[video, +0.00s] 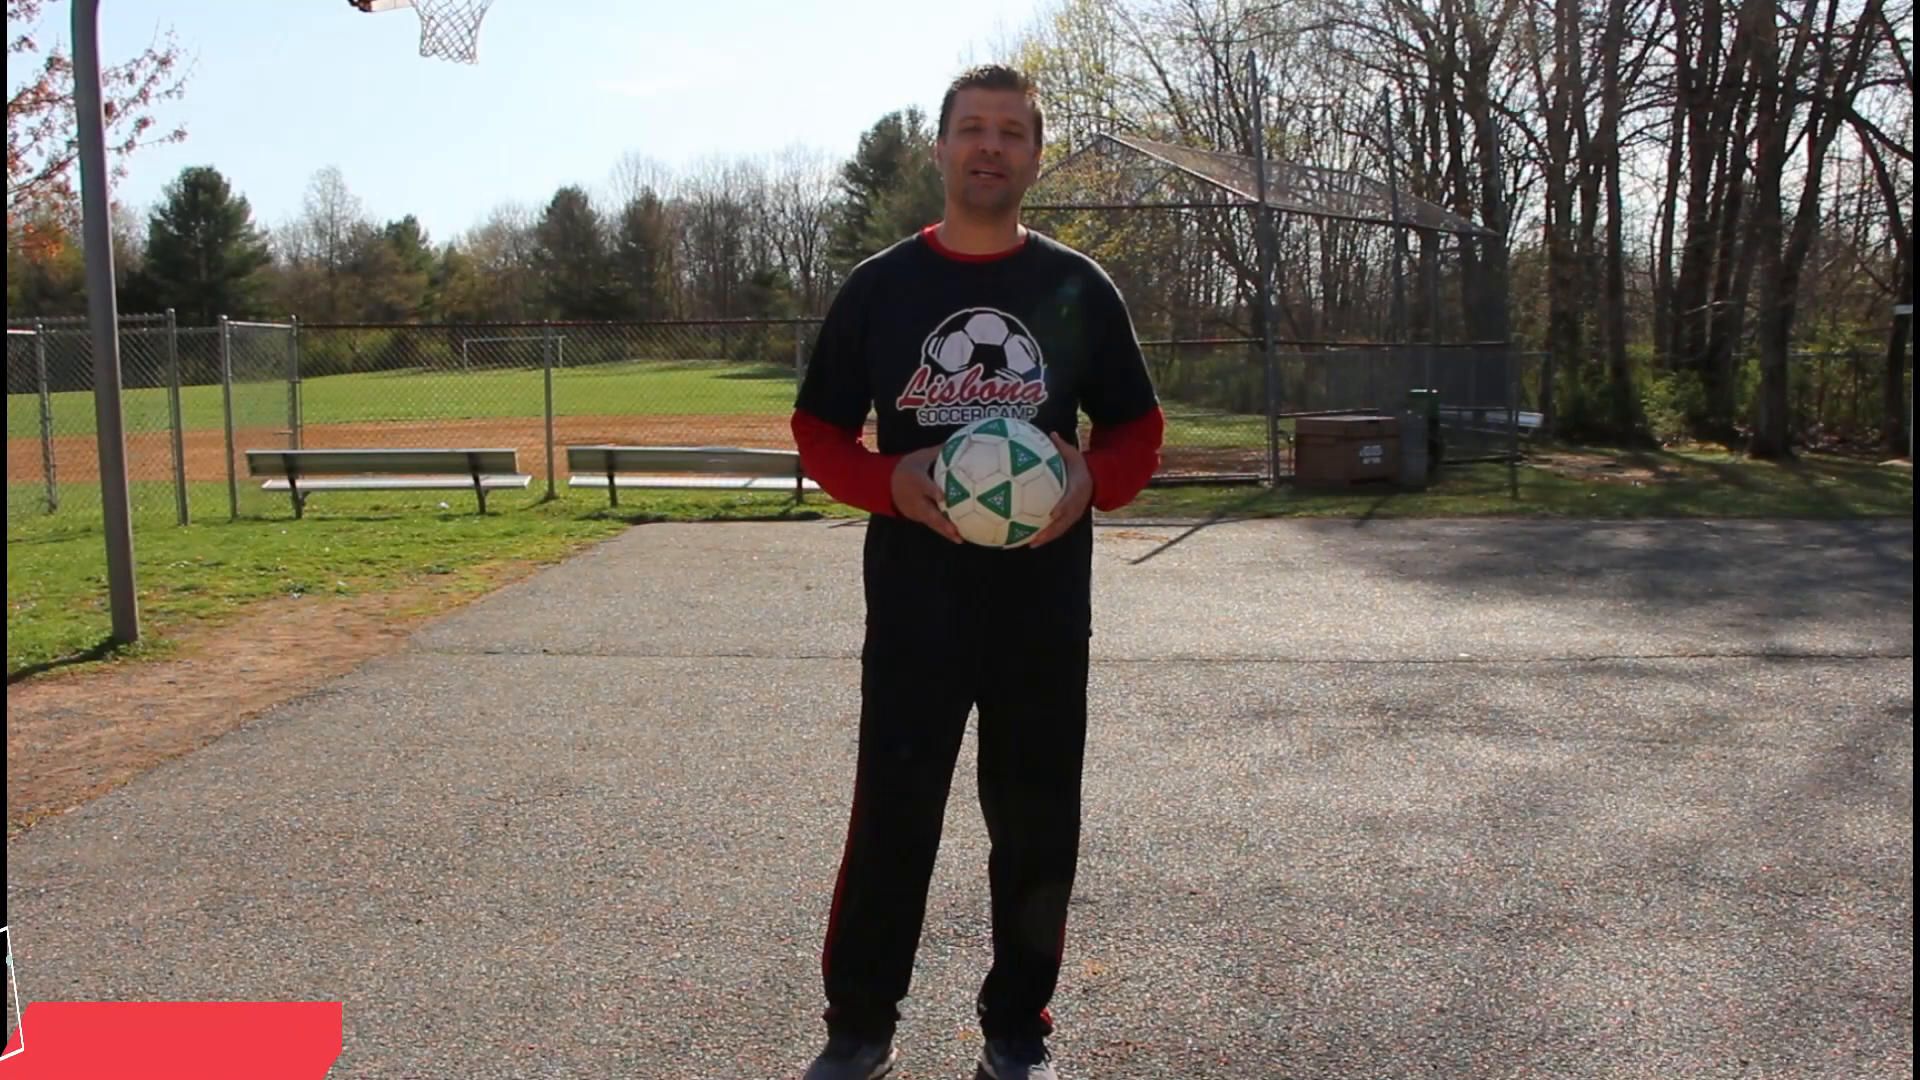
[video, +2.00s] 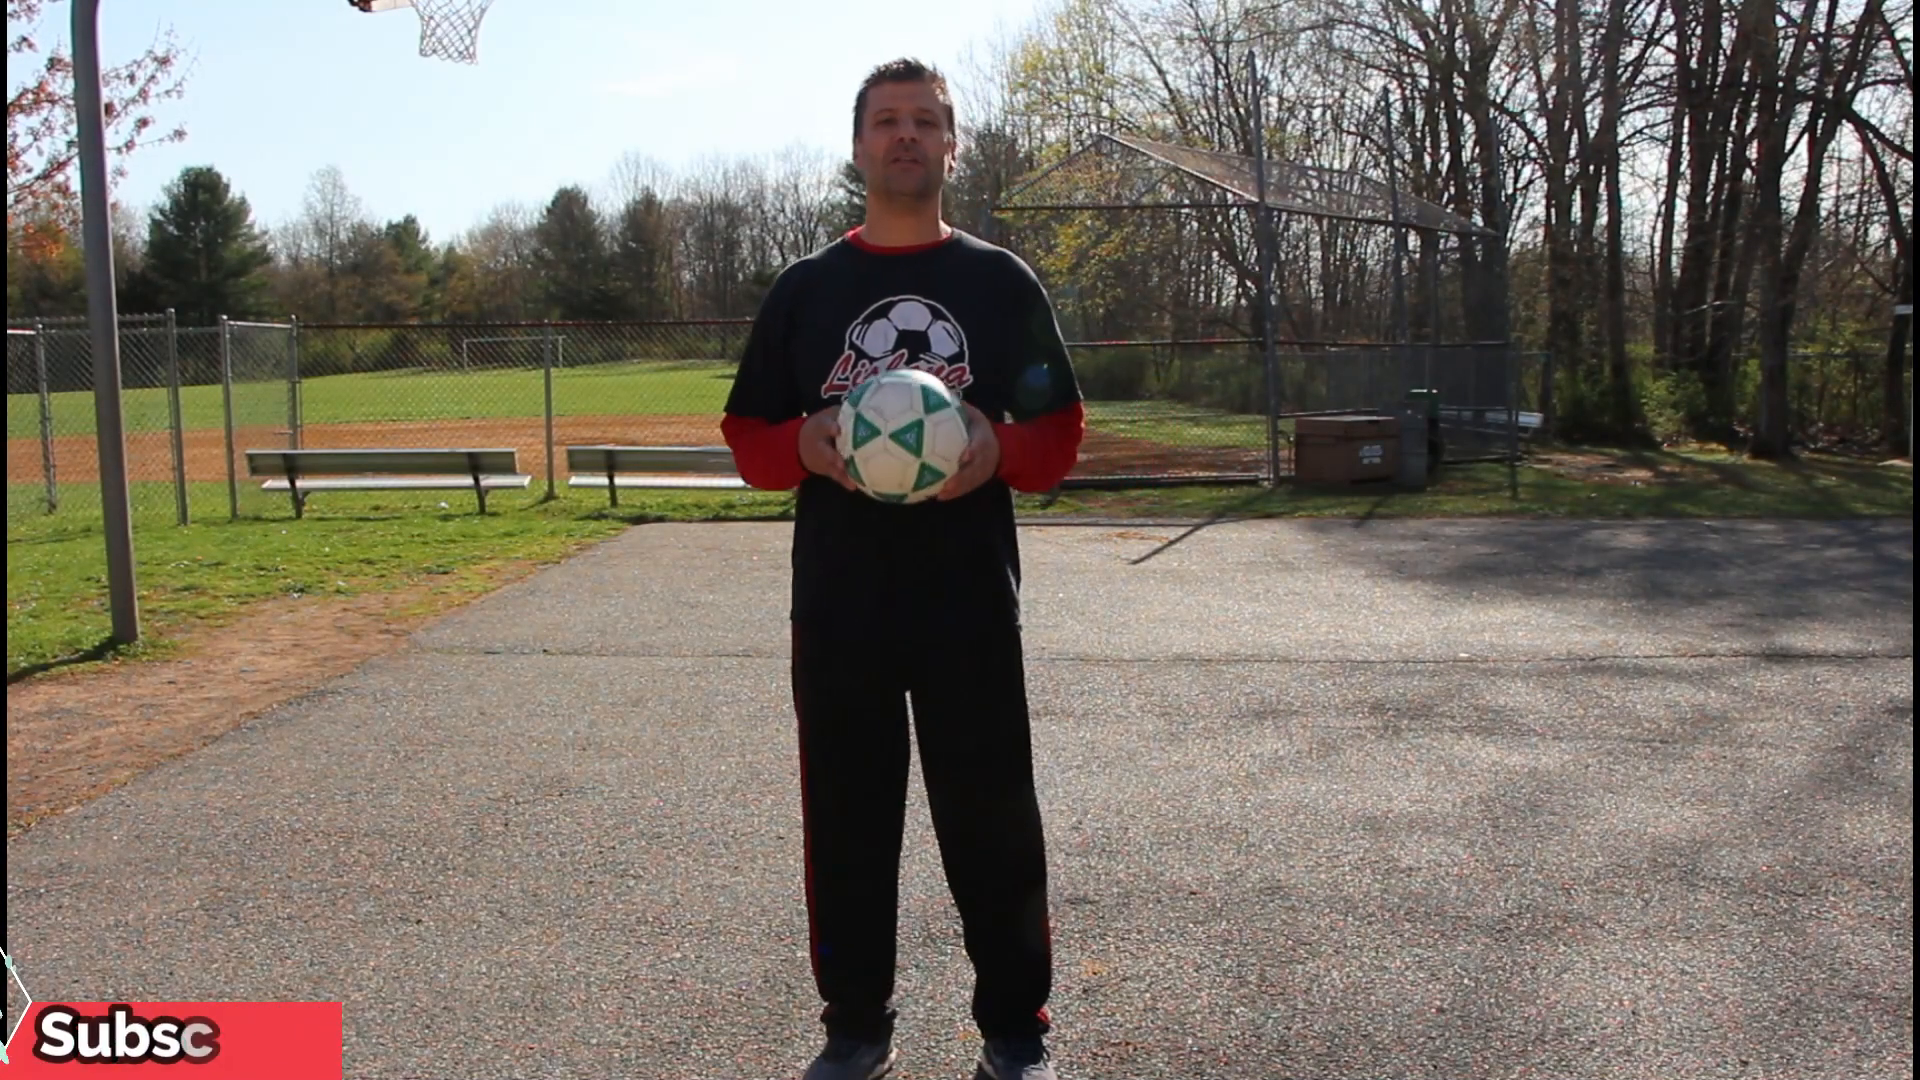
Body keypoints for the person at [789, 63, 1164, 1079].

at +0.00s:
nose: (991, 148)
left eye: (1012, 133)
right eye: (973, 130)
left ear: (1038, 156)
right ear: (942, 149)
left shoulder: (1081, 288)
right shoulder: (876, 287)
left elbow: (1137, 423)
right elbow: (817, 433)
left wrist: (1093, 477)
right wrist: (883, 483)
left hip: (1044, 593)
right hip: (916, 590)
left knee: (1039, 820)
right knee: (893, 812)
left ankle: (1018, 1036)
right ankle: (857, 1029)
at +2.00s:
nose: (908, 137)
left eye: (927, 122)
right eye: (887, 123)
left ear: (953, 145)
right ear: (856, 148)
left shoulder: (1002, 280)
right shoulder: (802, 291)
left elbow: (1062, 432)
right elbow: (745, 438)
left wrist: (1000, 449)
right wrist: (799, 443)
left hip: (965, 595)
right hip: (839, 599)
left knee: (991, 812)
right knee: (844, 816)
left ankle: (1015, 1029)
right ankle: (854, 1026)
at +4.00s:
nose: (949, 144)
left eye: (972, 131)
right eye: (932, 126)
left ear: (999, 156)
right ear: (902, 144)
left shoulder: (1044, 286)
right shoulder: (839, 287)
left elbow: (1105, 427)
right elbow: (783, 426)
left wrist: (1051, 462)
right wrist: (844, 470)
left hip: (1007, 592)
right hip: (877, 592)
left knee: (1014, 813)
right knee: (867, 812)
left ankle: (1017, 1030)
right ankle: (856, 1028)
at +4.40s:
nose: (976, 146)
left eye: (998, 131)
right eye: (957, 129)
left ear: (1024, 154)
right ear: (926, 147)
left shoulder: (1068, 290)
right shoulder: (864, 289)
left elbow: (1125, 431)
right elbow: (807, 428)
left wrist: (1064, 468)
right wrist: (859, 462)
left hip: (1028, 601)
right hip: (898, 597)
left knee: (1028, 821)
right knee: (881, 816)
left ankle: (1017, 1033)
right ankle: (857, 1027)